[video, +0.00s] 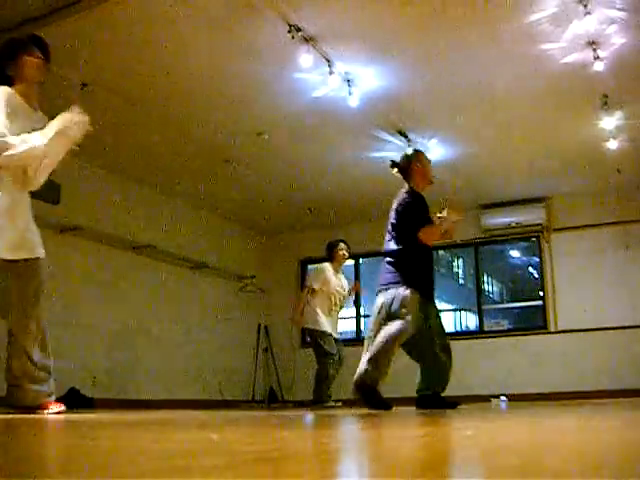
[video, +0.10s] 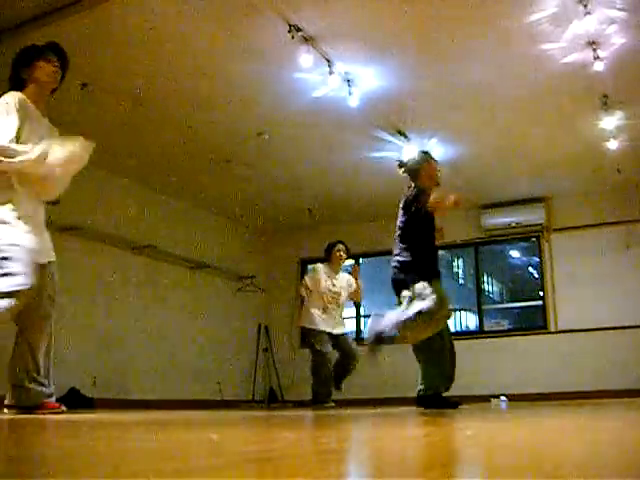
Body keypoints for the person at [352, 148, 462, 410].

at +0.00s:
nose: (431, 170)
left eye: (429, 164)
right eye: (427, 164)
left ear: (415, 168)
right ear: (416, 168)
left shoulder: (410, 201)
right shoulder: (410, 200)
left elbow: (422, 235)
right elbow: (426, 235)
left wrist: (439, 226)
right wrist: (445, 225)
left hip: (413, 286)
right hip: (403, 284)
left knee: (437, 347)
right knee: (406, 323)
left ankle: (429, 394)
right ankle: (366, 381)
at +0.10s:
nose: (438, 170)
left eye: (436, 166)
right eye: (433, 166)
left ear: (422, 172)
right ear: (422, 171)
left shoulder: (419, 198)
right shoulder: (416, 197)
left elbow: (416, 234)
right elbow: (436, 203)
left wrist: (435, 235)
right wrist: (452, 201)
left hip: (420, 272)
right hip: (412, 270)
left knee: (435, 335)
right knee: (434, 309)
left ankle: (431, 391)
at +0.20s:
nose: (442, 169)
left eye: (441, 164)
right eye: (438, 165)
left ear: (421, 169)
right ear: (428, 167)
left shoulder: (416, 193)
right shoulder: (425, 190)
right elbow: (447, 187)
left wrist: (435, 231)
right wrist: (464, 184)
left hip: (408, 273)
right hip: (421, 270)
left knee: (435, 330)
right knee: (465, 297)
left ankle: (435, 384)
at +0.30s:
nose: (444, 171)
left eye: (443, 166)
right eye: (442, 167)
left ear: (419, 171)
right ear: (435, 170)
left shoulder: (413, 192)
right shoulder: (439, 194)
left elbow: (425, 187)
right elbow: (469, 213)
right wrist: (486, 195)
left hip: (406, 271)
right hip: (427, 268)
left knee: (435, 330)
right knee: (474, 299)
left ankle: (440, 386)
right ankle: (440, 318)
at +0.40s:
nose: (446, 182)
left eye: (445, 176)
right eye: (444, 177)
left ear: (421, 179)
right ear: (439, 177)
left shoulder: (410, 207)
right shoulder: (438, 207)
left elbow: (423, 246)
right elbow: (454, 247)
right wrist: (481, 250)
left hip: (414, 289)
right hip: (437, 286)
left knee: (438, 344)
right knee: (471, 329)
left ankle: (440, 393)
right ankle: (486, 387)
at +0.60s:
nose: (455, 184)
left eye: (455, 179)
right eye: (451, 178)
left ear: (440, 180)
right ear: (437, 179)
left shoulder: (436, 211)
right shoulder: (425, 200)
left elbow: (463, 244)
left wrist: (477, 216)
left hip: (418, 282)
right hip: (433, 276)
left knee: (445, 339)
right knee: (476, 289)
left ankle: (442, 390)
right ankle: (484, 342)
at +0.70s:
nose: (445, 174)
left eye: (451, 170)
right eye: (440, 169)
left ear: (457, 175)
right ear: (431, 171)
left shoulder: (452, 208)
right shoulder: (418, 186)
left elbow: (477, 225)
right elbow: (400, 166)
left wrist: (480, 195)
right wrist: (400, 165)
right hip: (415, 267)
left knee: (449, 331)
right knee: (470, 259)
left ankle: (442, 382)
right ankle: (454, 308)